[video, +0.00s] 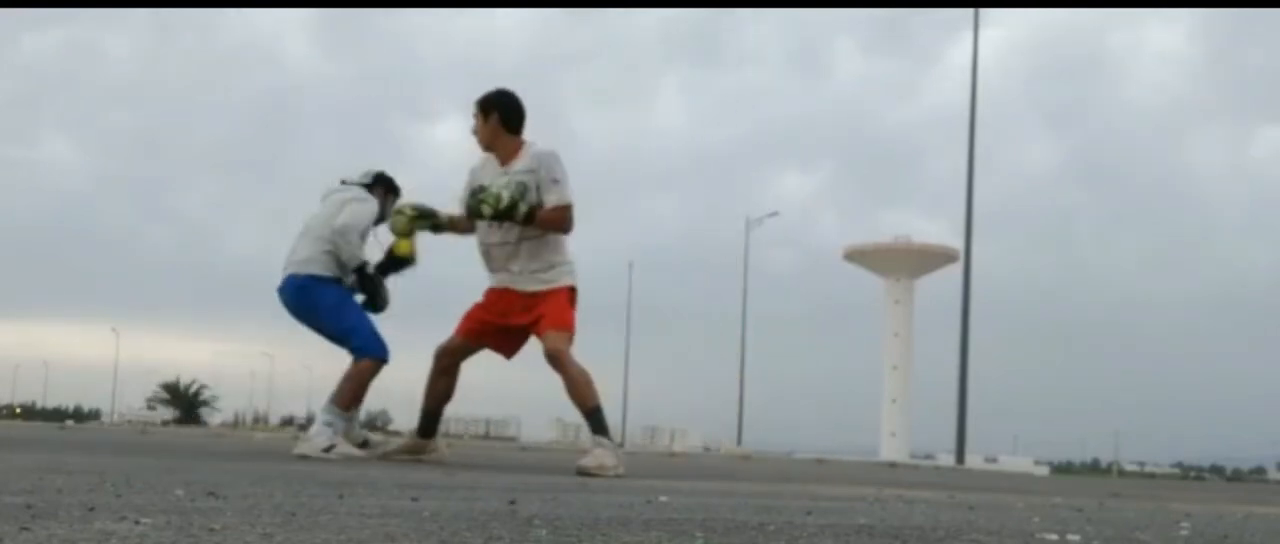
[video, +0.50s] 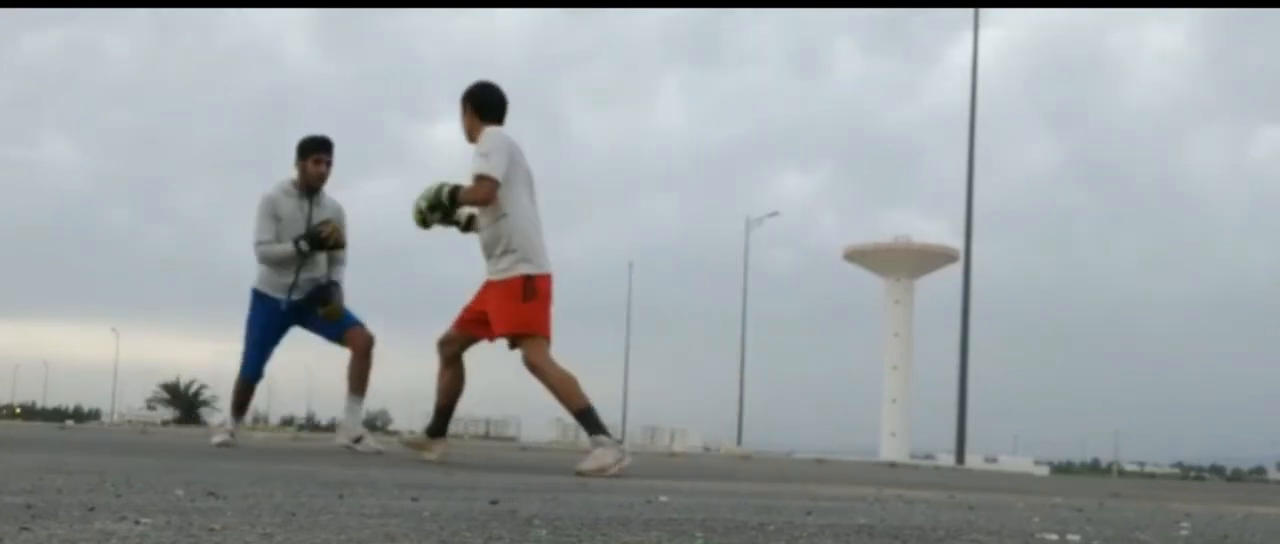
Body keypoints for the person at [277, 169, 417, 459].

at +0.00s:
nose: (389, 210)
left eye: (392, 204)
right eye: (391, 202)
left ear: (371, 188)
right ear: (382, 191)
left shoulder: (341, 202)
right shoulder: (365, 202)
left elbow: (339, 271)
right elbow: (344, 231)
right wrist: (364, 274)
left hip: (301, 283)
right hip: (314, 283)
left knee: (371, 353)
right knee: (372, 354)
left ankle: (346, 426)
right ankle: (324, 432)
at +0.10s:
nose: (393, 185)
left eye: (396, 178)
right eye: (390, 176)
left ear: (379, 175)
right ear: (371, 170)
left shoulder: (360, 204)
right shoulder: (348, 187)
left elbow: (346, 256)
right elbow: (314, 228)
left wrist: (364, 296)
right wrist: (343, 263)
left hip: (330, 281)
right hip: (308, 276)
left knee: (381, 351)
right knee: (336, 346)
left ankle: (353, 430)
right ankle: (318, 430)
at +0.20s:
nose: (368, 152)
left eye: (373, 146)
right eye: (362, 144)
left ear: (376, 152)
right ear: (346, 145)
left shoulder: (363, 203)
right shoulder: (315, 176)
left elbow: (363, 256)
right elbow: (280, 217)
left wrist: (354, 289)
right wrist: (313, 236)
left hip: (334, 277)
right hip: (300, 266)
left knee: (377, 347)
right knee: (321, 331)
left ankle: (352, 428)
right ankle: (272, 422)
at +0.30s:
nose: (350, 146)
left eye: (355, 140)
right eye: (344, 138)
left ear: (359, 146)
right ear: (329, 140)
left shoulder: (354, 194)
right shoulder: (299, 173)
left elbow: (360, 242)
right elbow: (271, 216)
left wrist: (346, 280)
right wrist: (315, 224)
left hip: (329, 275)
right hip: (294, 267)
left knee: (366, 346)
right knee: (296, 347)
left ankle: (349, 426)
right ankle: (244, 410)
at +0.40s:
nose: (335, 158)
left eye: (339, 152)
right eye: (329, 151)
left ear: (343, 156)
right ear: (312, 152)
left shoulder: (341, 198)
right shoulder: (286, 183)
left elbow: (348, 247)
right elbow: (267, 232)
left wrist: (341, 280)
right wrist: (308, 227)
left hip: (322, 285)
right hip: (282, 281)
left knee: (365, 347)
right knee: (267, 364)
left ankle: (348, 427)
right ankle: (231, 419)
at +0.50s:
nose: (323, 170)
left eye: (327, 164)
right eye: (317, 163)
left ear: (331, 168)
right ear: (300, 164)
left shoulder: (333, 210)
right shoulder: (273, 201)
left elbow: (338, 257)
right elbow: (264, 252)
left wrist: (334, 288)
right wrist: (304, 245)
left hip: (312, 299)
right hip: (271, 299)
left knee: (362, 341)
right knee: (251, 370)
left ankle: (351, 426)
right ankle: (231, 427)